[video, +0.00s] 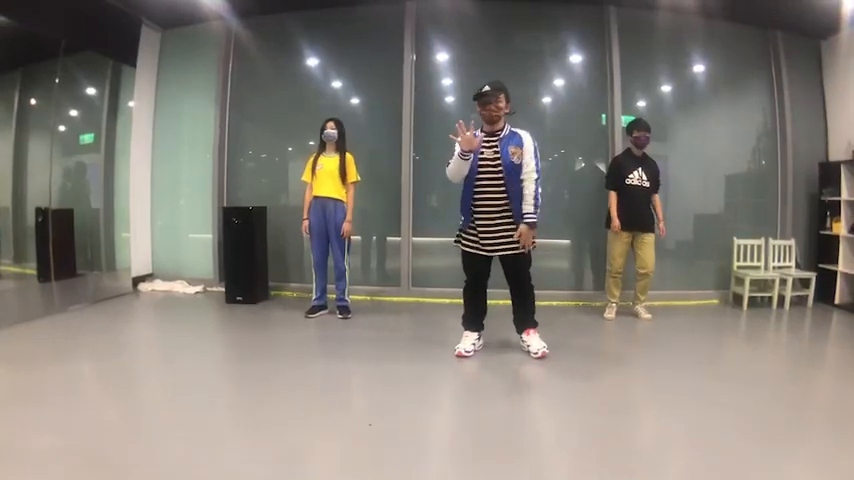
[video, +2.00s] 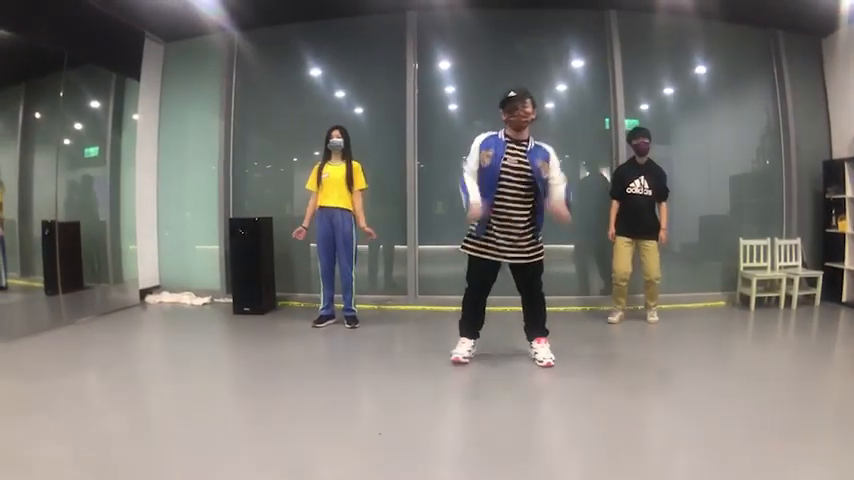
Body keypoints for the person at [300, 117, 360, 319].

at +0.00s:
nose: (329, 132)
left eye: (334, 129)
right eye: (326, 129)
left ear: (340, 134)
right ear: (321, 133)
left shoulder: (346, 158)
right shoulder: (315, 158)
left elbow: (350, 189)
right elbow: (309, 188)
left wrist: (349, 219)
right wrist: (305, 216)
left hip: (337, 203)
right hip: (317, 203)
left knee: (339, 257)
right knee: (318, 256)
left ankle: (342, 302)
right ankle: (319, 301)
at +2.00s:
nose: (336, 140)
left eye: (340, 137)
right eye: (332, 137)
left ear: (346, 141)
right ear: (327, 142)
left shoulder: (353, 166)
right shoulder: (320, 167)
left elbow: (357, 196)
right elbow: (313, 198)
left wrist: (362, 224)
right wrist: (305, 225)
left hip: (344, 214)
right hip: (323, 214)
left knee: (346, 265)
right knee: (325, 265)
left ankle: (349, 312)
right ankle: (326, 311)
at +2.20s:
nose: (334, 140)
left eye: (338, 137)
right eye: (331, 137)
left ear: (344, 141)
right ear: (326, 142)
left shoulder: (350, 167)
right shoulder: (319, 168)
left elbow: (351, 199)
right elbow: (314, 198)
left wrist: (343, 227)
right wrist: (305, 226)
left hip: (340, 215)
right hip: (321, 214)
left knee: (344, 267)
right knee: (320, 265)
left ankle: (349, 312)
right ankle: (324, 311)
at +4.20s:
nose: (341, 149)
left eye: (345, 146)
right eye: (338, 146)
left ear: (351, 153)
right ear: (332, 152)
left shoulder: (355, 177)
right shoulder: (321, 173)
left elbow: (368, 204)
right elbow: (300, 194)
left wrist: (347, 216)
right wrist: (311, 216)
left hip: (346, 226)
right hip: (326, 226)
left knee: (355, 271)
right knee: (332, 272)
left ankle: (350, 312)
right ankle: (299, 311)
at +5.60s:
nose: (343, 152)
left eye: (347, 149)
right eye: (340, 149)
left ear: (353, 155)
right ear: (334, 154)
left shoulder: (356, 179)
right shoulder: (324, 174)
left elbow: (363, 207)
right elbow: (306, 198)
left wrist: (346, 212)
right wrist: (324, 217)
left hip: (344, 228)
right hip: (321, 226)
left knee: (349, 274)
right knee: (312, 273)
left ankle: (351, 314)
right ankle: (303, 312)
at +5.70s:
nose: (336, 149)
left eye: (340, 146)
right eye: (333, 146)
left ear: (347, 151)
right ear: (328, 150)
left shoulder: (350, 178)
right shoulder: (316, 171)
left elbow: (357, 206)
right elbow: (304, 194)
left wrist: (348, 221)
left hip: (335, 223)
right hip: (314, 222)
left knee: (342, 274)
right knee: (299, 269)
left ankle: (352, 314)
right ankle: (298, 313)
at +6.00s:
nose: (308, 142)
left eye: (313, 139)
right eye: (305, 139)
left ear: (319, 146)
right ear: (300, 146)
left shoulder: (324, 169)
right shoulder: (292, 170)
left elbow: (333, 197)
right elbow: (282, 195)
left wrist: (325, 222)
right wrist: (272, 213)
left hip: (316, 217)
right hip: (296, 217)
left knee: (325, 269)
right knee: (295, 269)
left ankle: (340, 313)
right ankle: (296, 315)